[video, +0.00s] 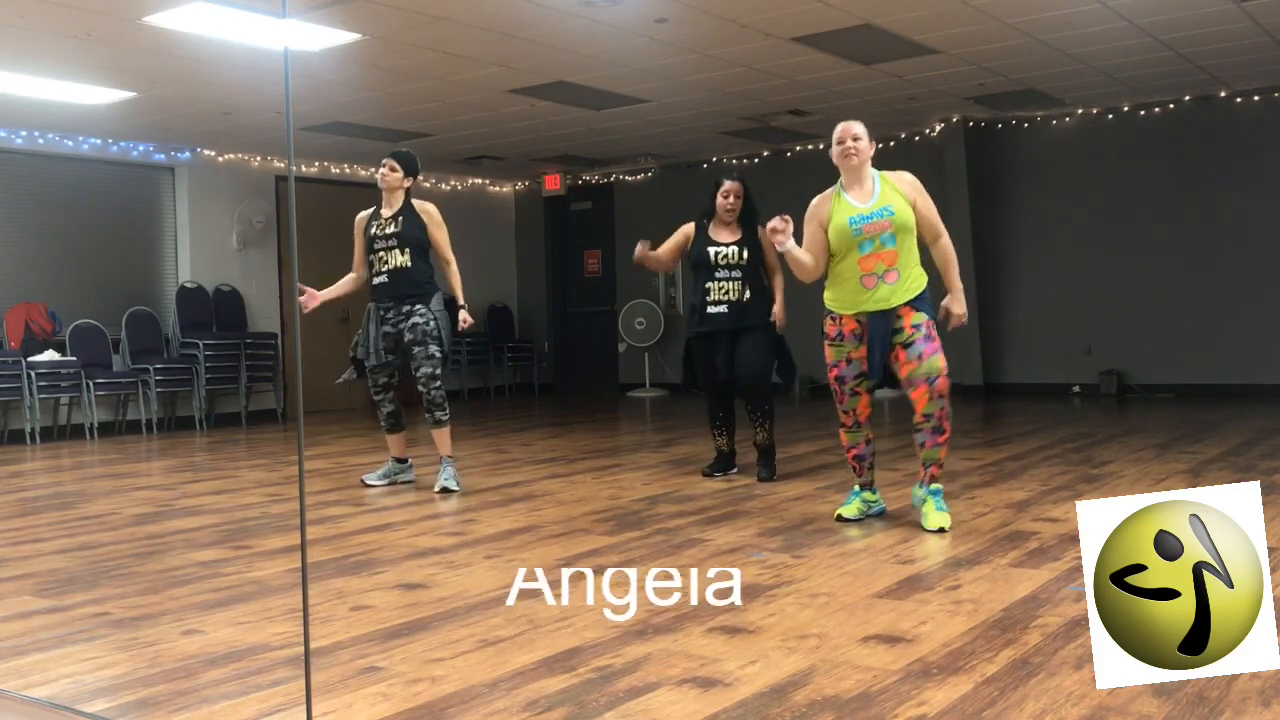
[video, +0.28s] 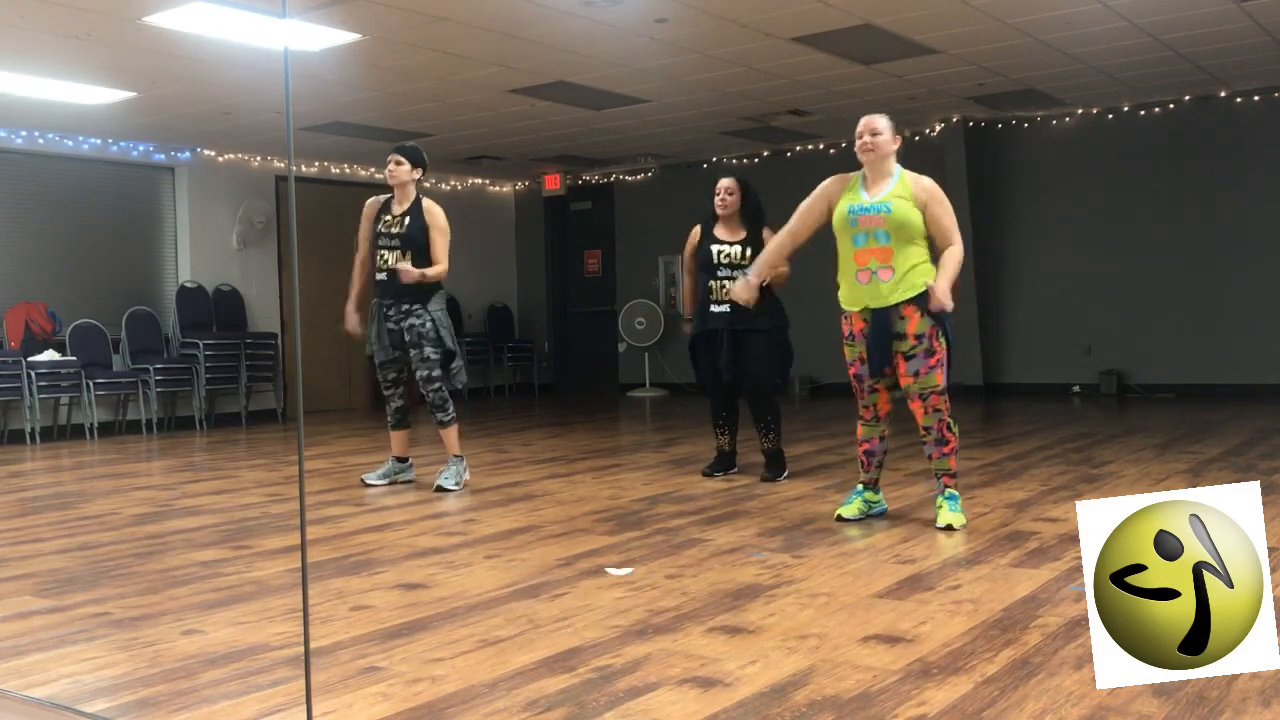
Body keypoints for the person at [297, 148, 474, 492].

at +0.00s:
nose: (382, 172)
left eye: (391, 169)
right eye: (382, 167)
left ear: (408, 180)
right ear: (379, 175)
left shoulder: (424, 212)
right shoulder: (365, 220)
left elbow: (448, 262)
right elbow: (358, 275)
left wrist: (460, 304)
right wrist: (321, 295)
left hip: (420, 311)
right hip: (380, 314)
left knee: (428, 382)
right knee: (381, 388)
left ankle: (447, 465)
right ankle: (400, 464)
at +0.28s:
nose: (389, 168)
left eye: (397, 164)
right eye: (388, 164)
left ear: (416, 171)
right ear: (386, 172)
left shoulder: (431, 212)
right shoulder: (374, 208)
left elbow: (442, 268)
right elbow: (362, 259)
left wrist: (419, 274)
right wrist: (353, 303)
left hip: (422, 311)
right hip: (385, 311)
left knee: (432, 385)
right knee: (393, 387)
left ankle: (456, 463)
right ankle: (400, 463)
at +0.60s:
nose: (395, 174)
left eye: (403, 170)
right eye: (394, 170)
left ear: (423, 176)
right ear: (395, 178)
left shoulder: (435, 207)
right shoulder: (400, 219)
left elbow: (433, 257)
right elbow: (406, 267)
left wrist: (399, 301)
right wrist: (393, 304)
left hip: (436, 312)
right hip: (405, 311)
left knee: (431, 386)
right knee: (365, 371)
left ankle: (456, 466)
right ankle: (387, 446)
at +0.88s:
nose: (388, 170)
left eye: (395, 165)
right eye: (387, 165)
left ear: (415, 172)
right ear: (386, 173)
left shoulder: (432, 207)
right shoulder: (381, 213)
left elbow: (464, 255)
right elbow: (375, 266)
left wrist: (470, 301)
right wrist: (349, 283)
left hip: (426, 309)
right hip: (390, 311)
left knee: (433, 384)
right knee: (397, 387)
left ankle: (456, 464)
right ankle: (401, 463)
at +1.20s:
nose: (393, 170)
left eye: (401, 164)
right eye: (392, 165)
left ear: (421, 171)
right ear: (393, 173)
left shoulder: (439, 213)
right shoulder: (383, 210)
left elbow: (456, 263)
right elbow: (368, 264)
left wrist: (455, 294)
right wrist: (339, 305)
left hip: (425, 309)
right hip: (388, 311)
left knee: (430, 382)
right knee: (394, 387)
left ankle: (458, 461)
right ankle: (402, 463)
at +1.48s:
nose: (408, 172)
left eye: (415, 167)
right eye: (407, 168)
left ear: (437, 171)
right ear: (408, 176)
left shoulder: (453, 209)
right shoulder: (410, 209)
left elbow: (459, 265)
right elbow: (405, 262)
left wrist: (430, 260)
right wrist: (385, 300)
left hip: (443, 311)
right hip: (408, 310)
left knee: (437, 384)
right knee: (375, 372)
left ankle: (460, 464)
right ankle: (389, 450)